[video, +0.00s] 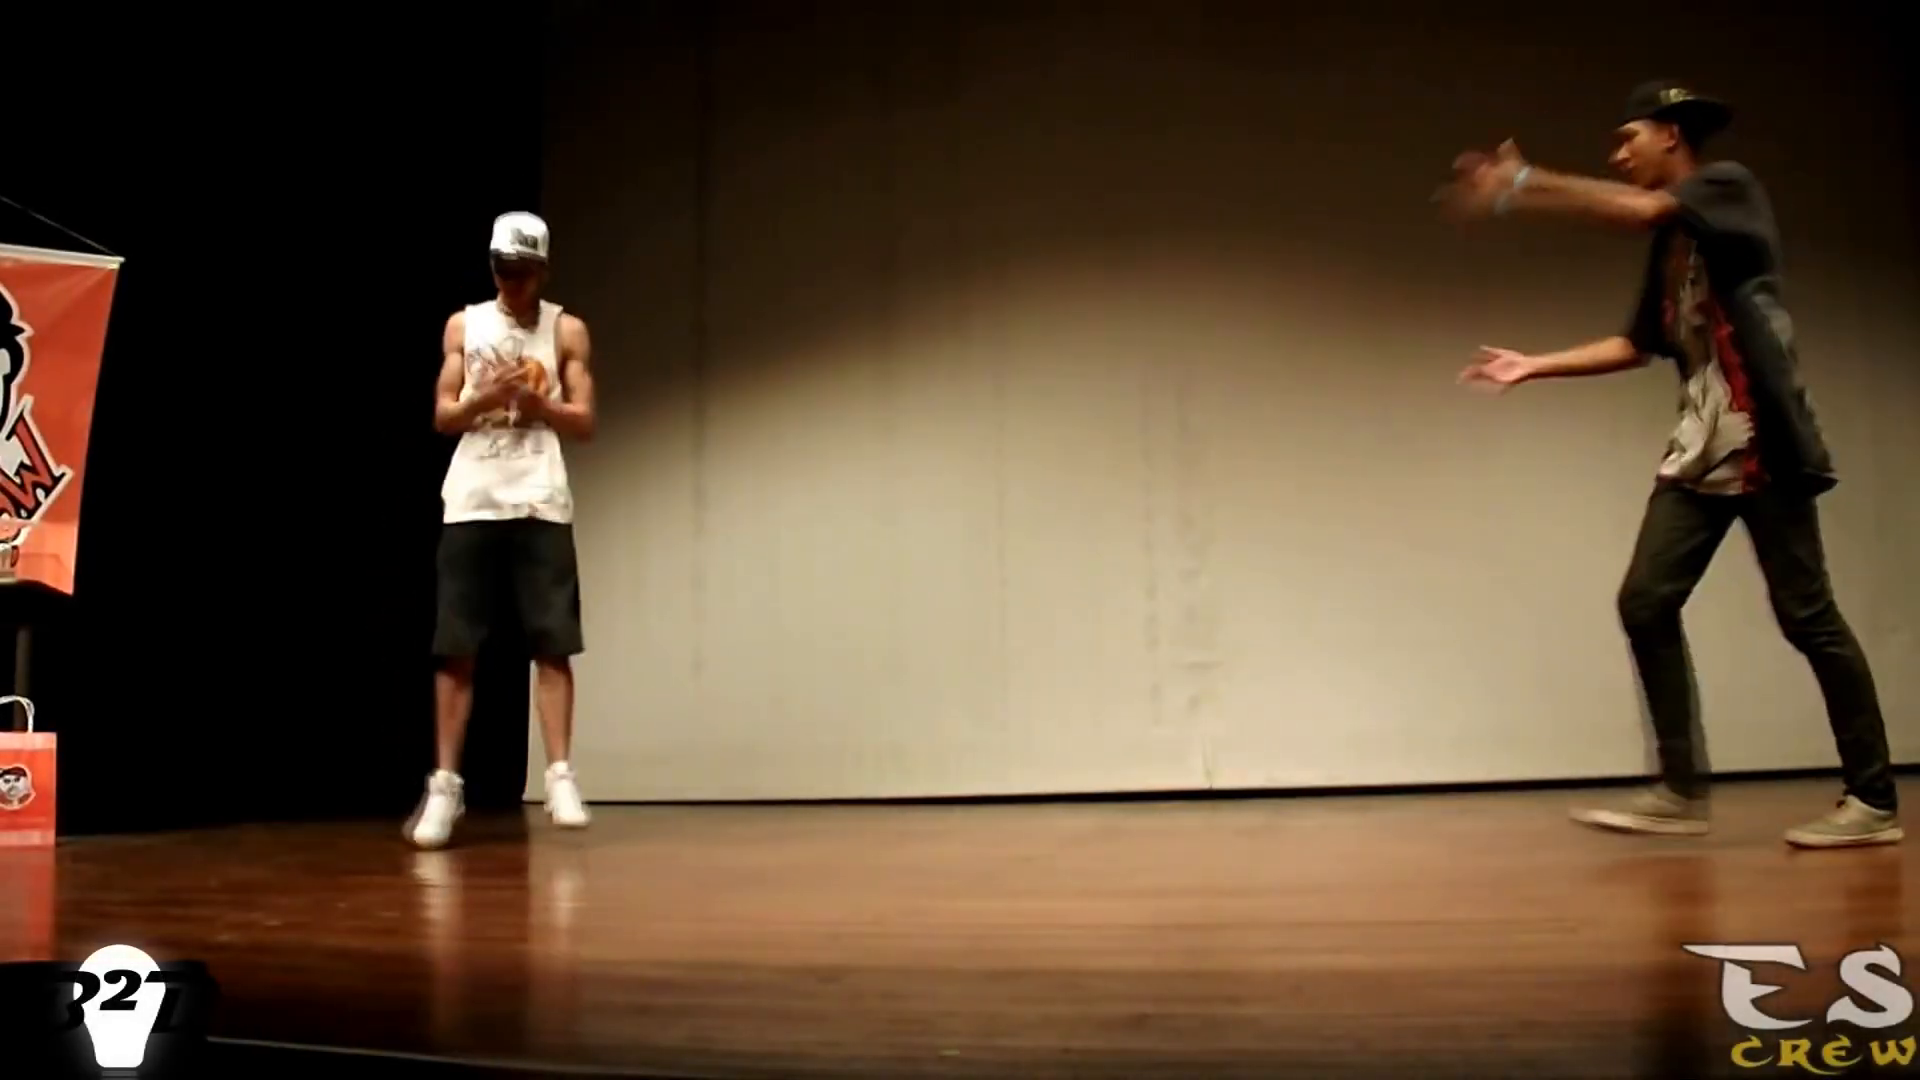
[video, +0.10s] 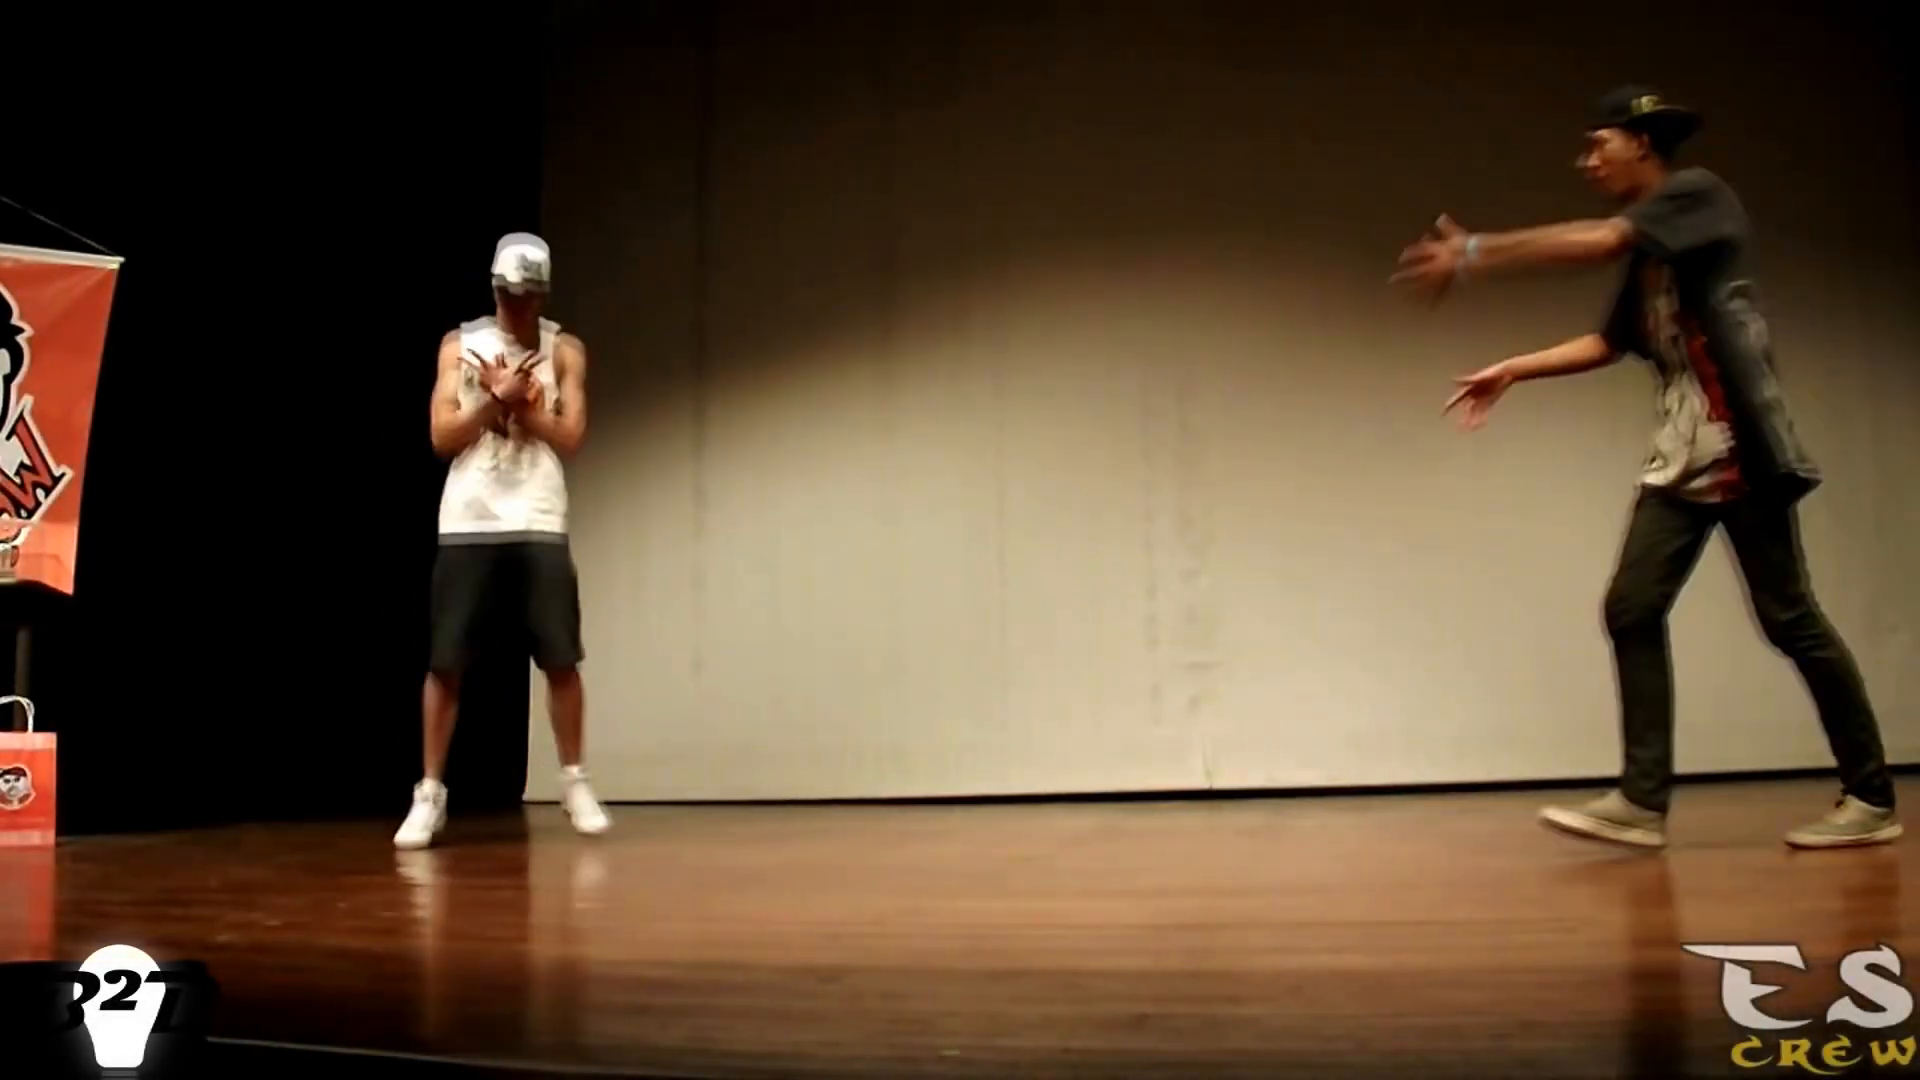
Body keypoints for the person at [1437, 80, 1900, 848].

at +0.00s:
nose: (1619, 150)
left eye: (1630, 135)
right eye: (1619, 139)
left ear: (1674, 135)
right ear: (1662, 144)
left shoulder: (1731, 188)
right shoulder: (1666, 228)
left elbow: (1641, 208)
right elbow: (1640, 343)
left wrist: (1521, 184)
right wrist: (1533, 363)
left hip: (1769, 438)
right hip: (1701, 444)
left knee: (1809, 615)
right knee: (1647, 604)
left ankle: (1875, 801)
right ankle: (1682, 796)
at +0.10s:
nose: (1588, 158)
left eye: (1600, 143)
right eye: (1589, 146)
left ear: (1644, 143)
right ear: (1632, 152)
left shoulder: (1700, 193)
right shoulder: (1644, 238)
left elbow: (1603, 238)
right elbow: (1608, 343)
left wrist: (1473, 250)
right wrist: (1510, 368)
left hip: (1747, 447)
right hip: (1681, 454)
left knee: (1792, 619)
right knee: (1632, 610)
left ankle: (1872, 798)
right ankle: (1641, 805)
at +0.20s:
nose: (1545, 165)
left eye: (1558, 150)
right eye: (1546, 153)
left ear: (1602, 153)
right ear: (1589, 161)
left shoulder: (1661, 208)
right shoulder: (1614, 247)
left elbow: (1565, 276)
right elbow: (1573, 353)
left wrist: (1442, 301)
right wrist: (1479, 380)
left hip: (1717, 467)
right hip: (1650, 473)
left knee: (1757, 623)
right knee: (1609, 619)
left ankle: (1864, 788)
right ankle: (1637, 811)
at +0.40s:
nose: (1452, 233)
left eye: (1458, 213)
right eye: (1449, 219)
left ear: (1499, 200)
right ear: (1492, 208)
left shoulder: (1562, 237)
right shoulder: (1538, 275)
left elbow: (1469, 317)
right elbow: (1485, 388)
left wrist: (1347, 365)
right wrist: (1387, 429)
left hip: (1637, 463)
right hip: (1614, 465)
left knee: (1556, 618)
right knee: (1548, 618)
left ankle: (1711, 737)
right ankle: (1628, 808)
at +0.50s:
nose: (1402, 288)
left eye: (1406, 271)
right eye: (1399, 275)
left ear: (1437, 257)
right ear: (1445, 261)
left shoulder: (1503, 278)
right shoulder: (1491, 327)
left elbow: (1411, 363)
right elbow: (1429, 434)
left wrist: (1294, 426)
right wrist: (1342, 488)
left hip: (1602, 473)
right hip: (1626, 479)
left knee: (1471, 592)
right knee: (1522, 637)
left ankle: (1607, 792)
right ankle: (1626, 807)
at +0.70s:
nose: (1310, 445)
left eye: (1314, 428)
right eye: (1309, 430)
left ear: (1341, 421)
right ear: (1369, 413)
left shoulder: (1392, 445)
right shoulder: (1422, 465)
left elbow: (1323, 561)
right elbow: (1380, 602)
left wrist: (1217, 598)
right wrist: (1273, 618)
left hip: (1525, 576)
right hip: (1572, 583)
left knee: (1364, 636)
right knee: (1441, 718)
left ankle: (1322, 828)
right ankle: (1596, 791)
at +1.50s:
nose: (1227, 350)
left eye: (1237, 335)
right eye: (1233, 334)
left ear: (1262, 348)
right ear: (1291, 349)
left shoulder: (1286, 414)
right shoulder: (1325, 410)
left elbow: (1243, 551)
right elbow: (1308, 569)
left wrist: (1151, 627)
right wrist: (1229, 646)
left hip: (1382, 595)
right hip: (1423, 603)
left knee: (1229, 648)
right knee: (1320, 751)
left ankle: (1305, 822)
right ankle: (1484, 785)